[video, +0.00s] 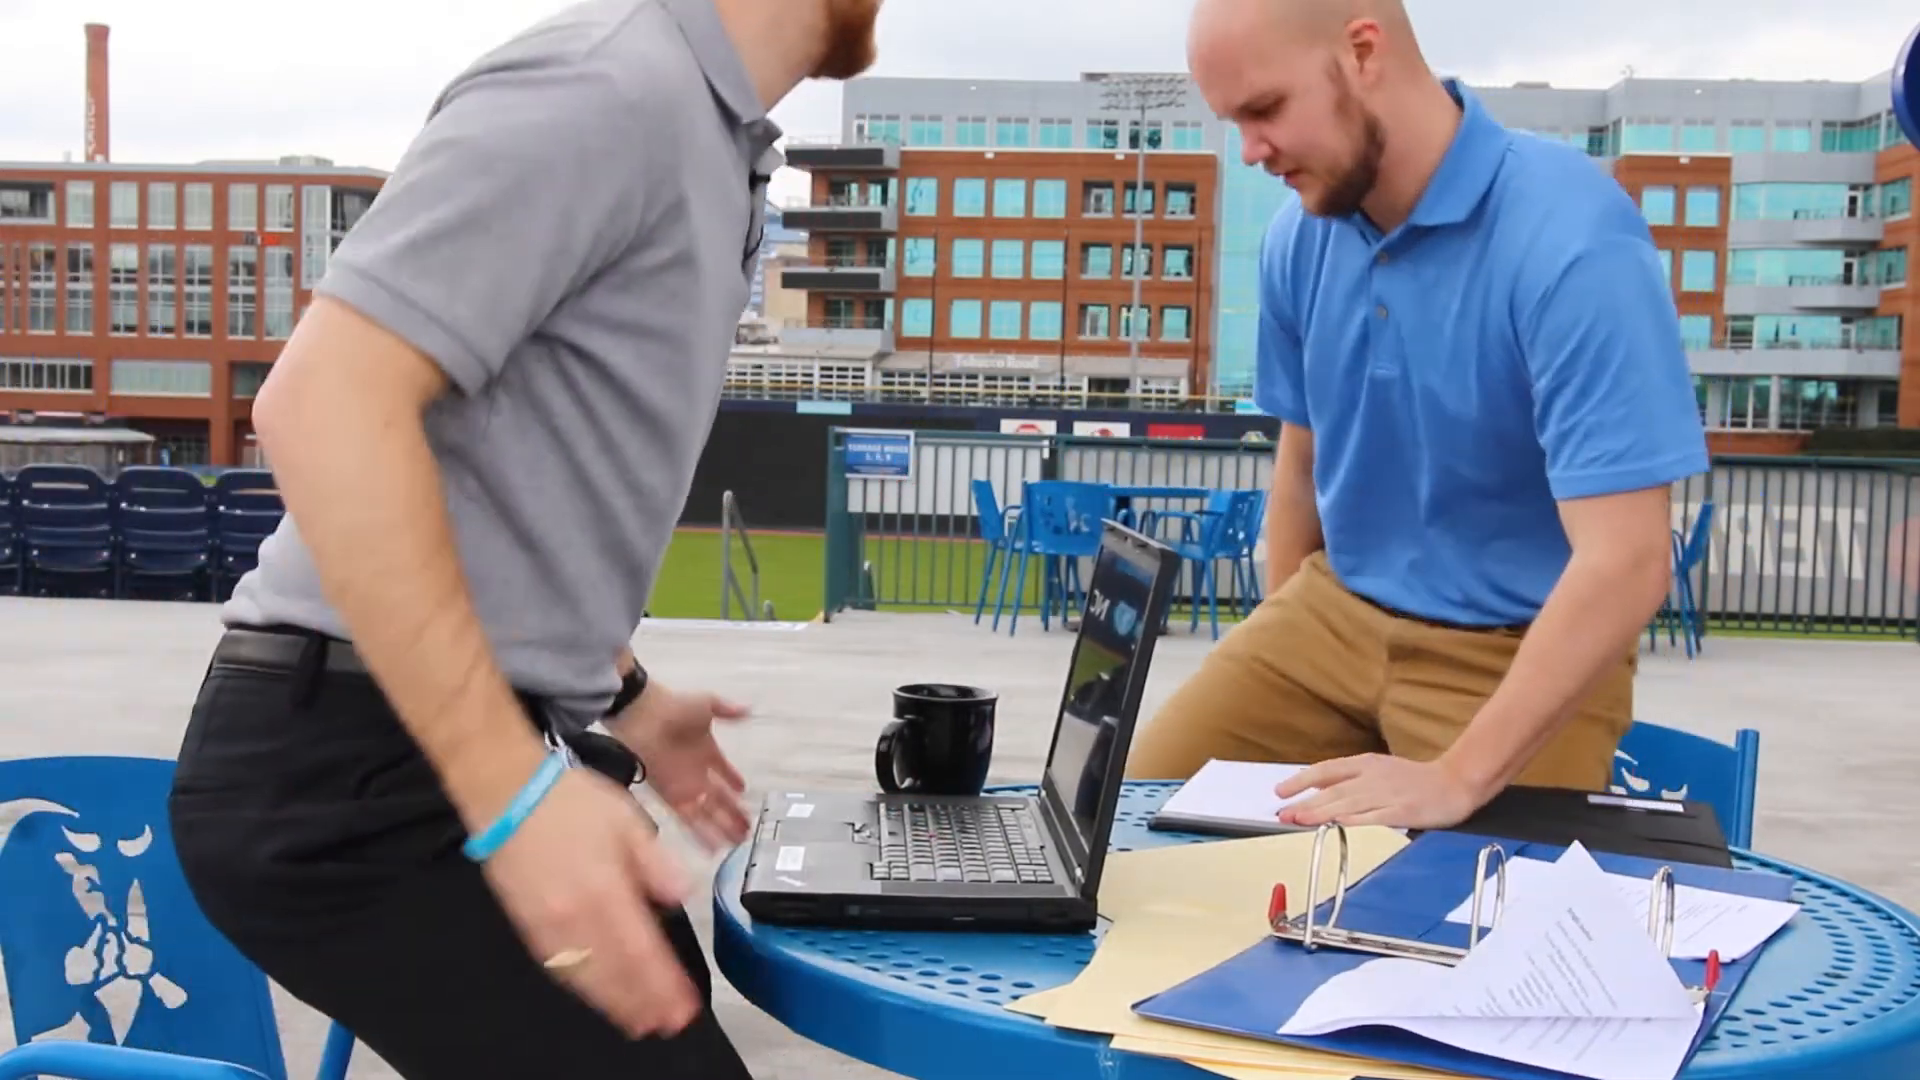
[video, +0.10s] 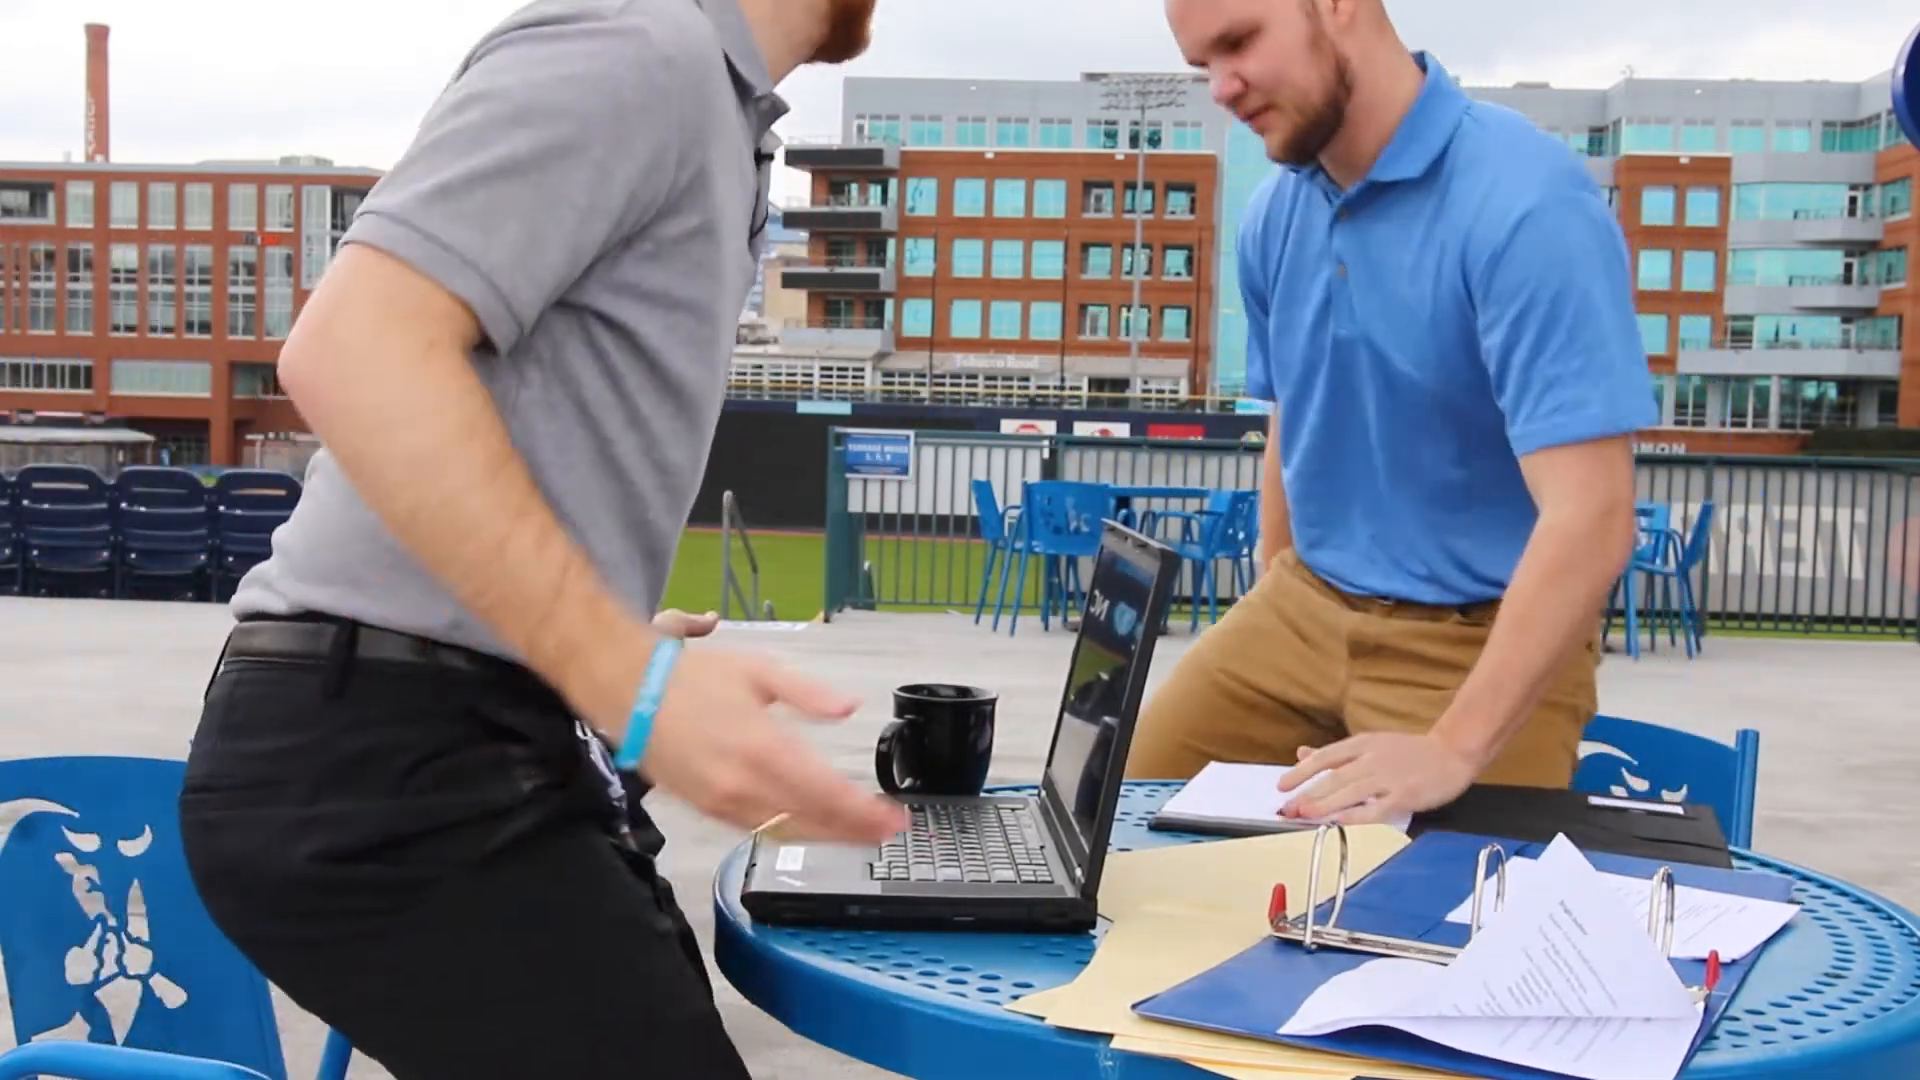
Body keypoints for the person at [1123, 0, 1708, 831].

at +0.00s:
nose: (1254, 152)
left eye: (1266, 110)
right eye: (1239, 123)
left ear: (1365, 50)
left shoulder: (1570, 236)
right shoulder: (1302, 238)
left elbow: (1627, 561)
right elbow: (1300, 469)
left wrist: (1457, 777)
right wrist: (1286, 661)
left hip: (1509, 669)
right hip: (1331, 626)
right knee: (1115, 831)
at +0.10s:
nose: (1223, 88)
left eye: (1238, 41)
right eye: (1205, 64)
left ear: (1339, 10)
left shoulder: (1526, 201)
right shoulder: (1276, 218)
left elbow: (1591, 517)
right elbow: (1288, 441)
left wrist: (1455, 744)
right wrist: (1279, 619)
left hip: (1475, 655)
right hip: (1302, 616)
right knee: (1111, 836)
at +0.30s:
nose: (1140, 21)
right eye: (1126, 7)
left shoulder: (1389, 150)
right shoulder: (1188, 206)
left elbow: (1516, 408)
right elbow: (1250, 421)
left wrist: (1410, 629)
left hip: (1371, 631)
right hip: (1215, 627)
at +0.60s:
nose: (1002, 4)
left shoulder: (1193, 88)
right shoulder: (1118, 120)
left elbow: (1306, 312)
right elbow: (1126, 403)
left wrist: (1230, 541)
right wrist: (1070, 600)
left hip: (1210, 542)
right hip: (1143, 541)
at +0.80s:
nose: (911, 46)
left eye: (921, 24)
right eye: (911, 33)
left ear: (973, 9)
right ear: (1005, 10)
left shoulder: (1066, 106)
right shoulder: (1003, 123)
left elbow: (1174, 319)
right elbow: (1029, 397)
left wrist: (1072, 529)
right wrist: (953, 607)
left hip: (1123, 556)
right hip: (1090, 557)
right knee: (1139, 872)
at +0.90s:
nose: (828, 55)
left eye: (844, 32)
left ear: (898, 16)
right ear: (950, 15)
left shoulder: (983, 124)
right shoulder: (923, 133)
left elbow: (1091, 335)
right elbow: (955, 392)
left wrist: (998, 549)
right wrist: (901, 608)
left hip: (1031, 585)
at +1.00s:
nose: (739, 52)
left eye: (752, 28)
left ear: (800, 18)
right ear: (853, 21)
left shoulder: (871, 136)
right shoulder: (893, 131)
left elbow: (970, 358)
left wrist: (918, 587)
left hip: (927, 579)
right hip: (980, 582)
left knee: (747, 881)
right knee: (977, 897)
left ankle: (711, 1068)